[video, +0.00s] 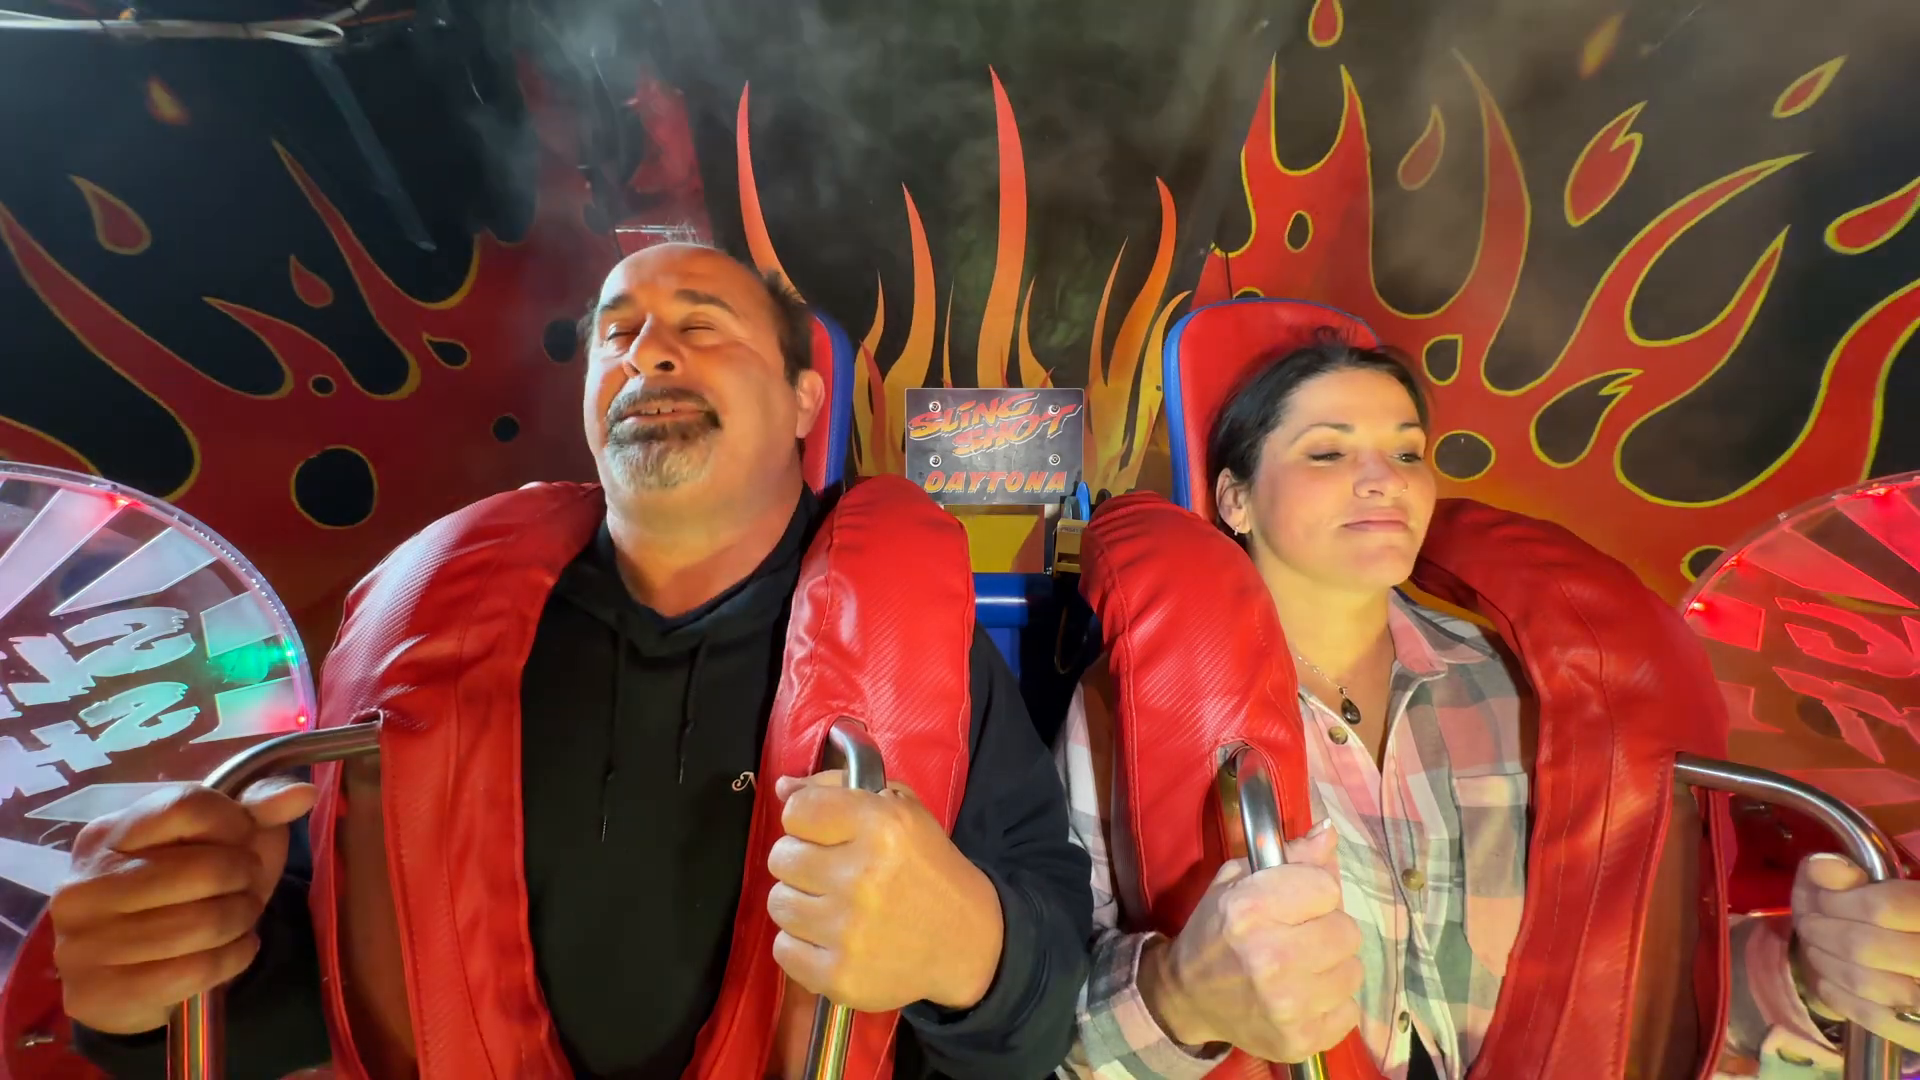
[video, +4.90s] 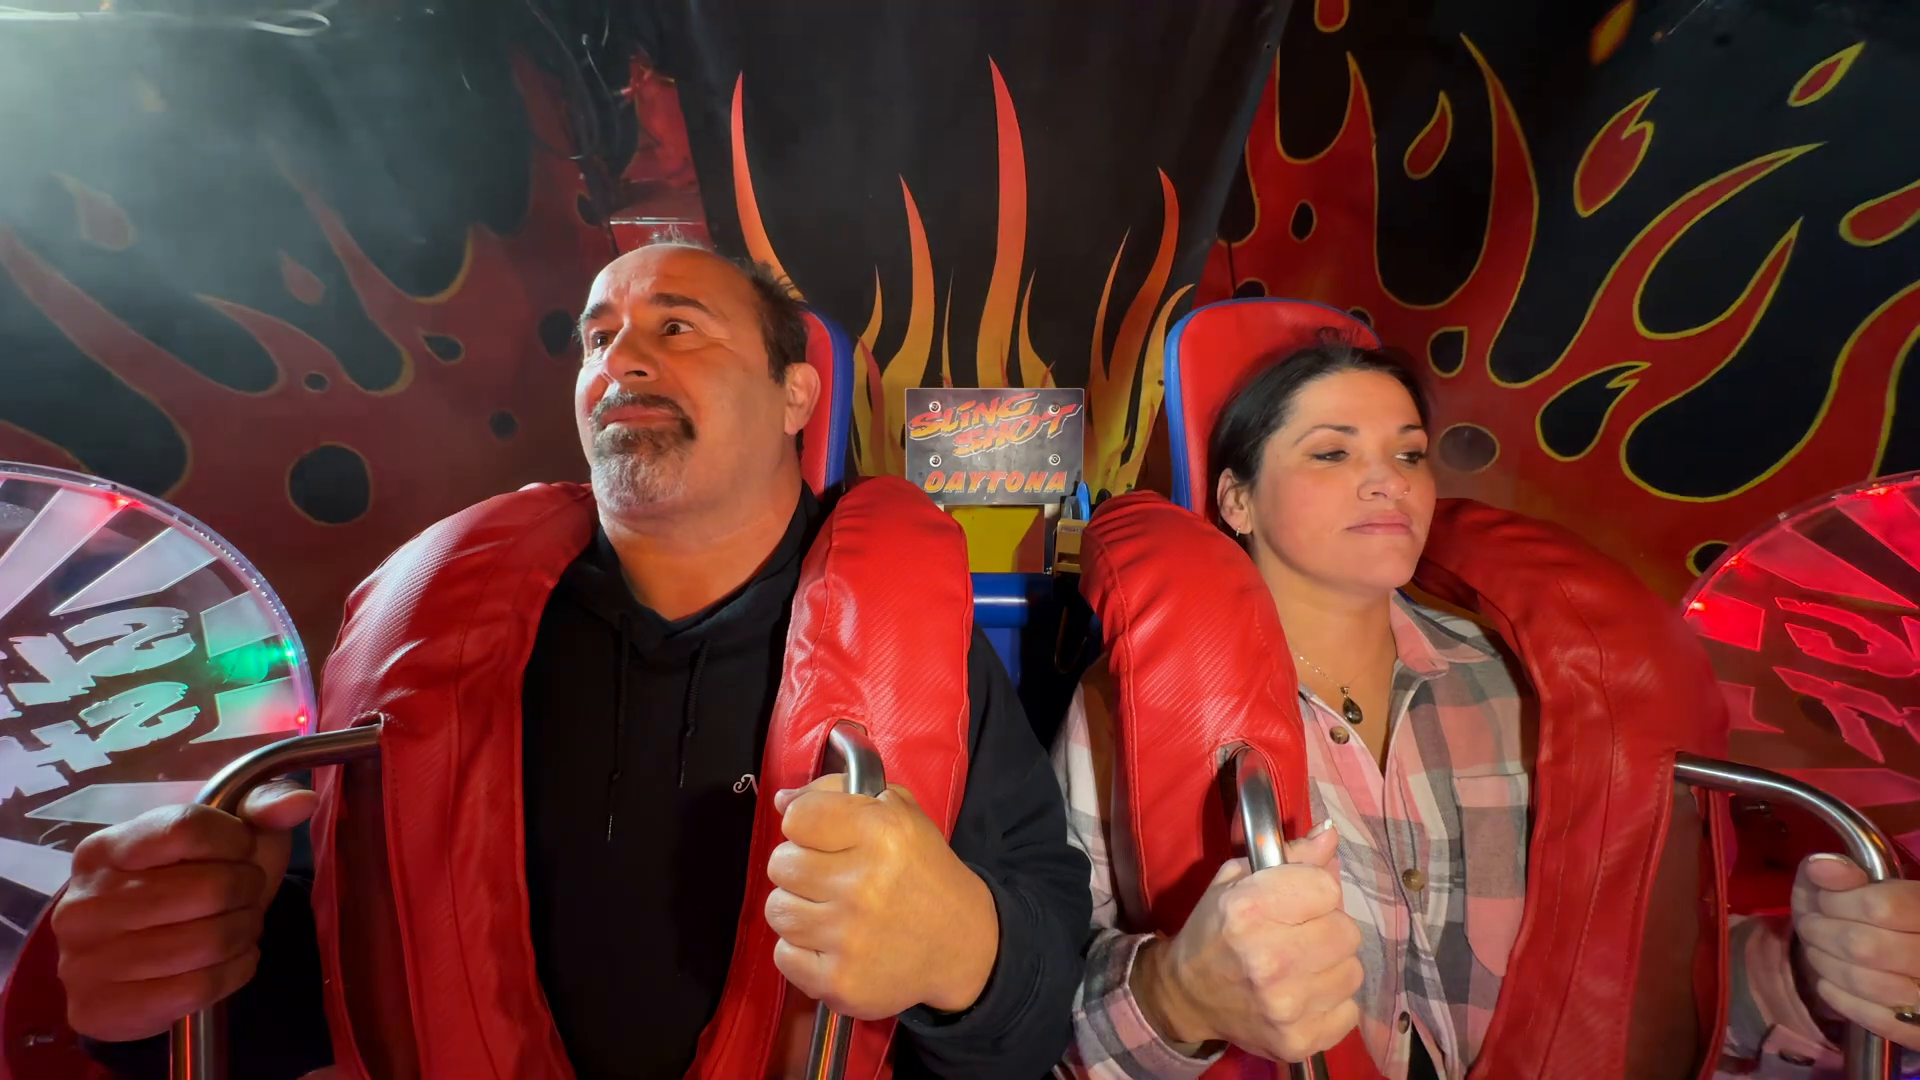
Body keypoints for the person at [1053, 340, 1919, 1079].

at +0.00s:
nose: (1383, 484)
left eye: (1406, 455)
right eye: (1329, 455)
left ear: (1435, 490)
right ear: (1236, 500)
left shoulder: (1519, 695)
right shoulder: (1137, 717)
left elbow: (1610, 975)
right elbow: (1049, 1032)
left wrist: (1800, 972)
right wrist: (1170, 1004)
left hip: (1494, 1068)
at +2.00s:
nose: (1388, 478)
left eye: (1408, 449)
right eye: (1331, 447)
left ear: (1436, 489)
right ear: (1238, 501)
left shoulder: (1524, 694)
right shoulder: (1141, 714)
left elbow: (1616, 979)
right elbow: (1045, 1031)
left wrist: (1802, 976)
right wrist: (1171, 1001)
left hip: (1495, 1065)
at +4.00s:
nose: (1386, 487)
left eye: (1408, 459)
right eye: (1331, 458)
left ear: (1437, 491)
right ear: (1238, 502)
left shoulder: (1517, 691)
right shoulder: (1141, 714)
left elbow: (1611, 968)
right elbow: (1055, 1035)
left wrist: (1798, 973)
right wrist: (1171, 1001)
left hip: (1491, 1067)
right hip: (1257, 1073)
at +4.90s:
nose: (1389, 486)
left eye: (1408, 455)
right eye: (1332, 455)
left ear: (1434, 485)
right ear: (1239, 502)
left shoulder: (1513, 687)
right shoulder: (1144, 710)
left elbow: (1614, 961)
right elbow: (1056, 1032)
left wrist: (1810, 972)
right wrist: (1171, 998)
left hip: (1489, 1067)